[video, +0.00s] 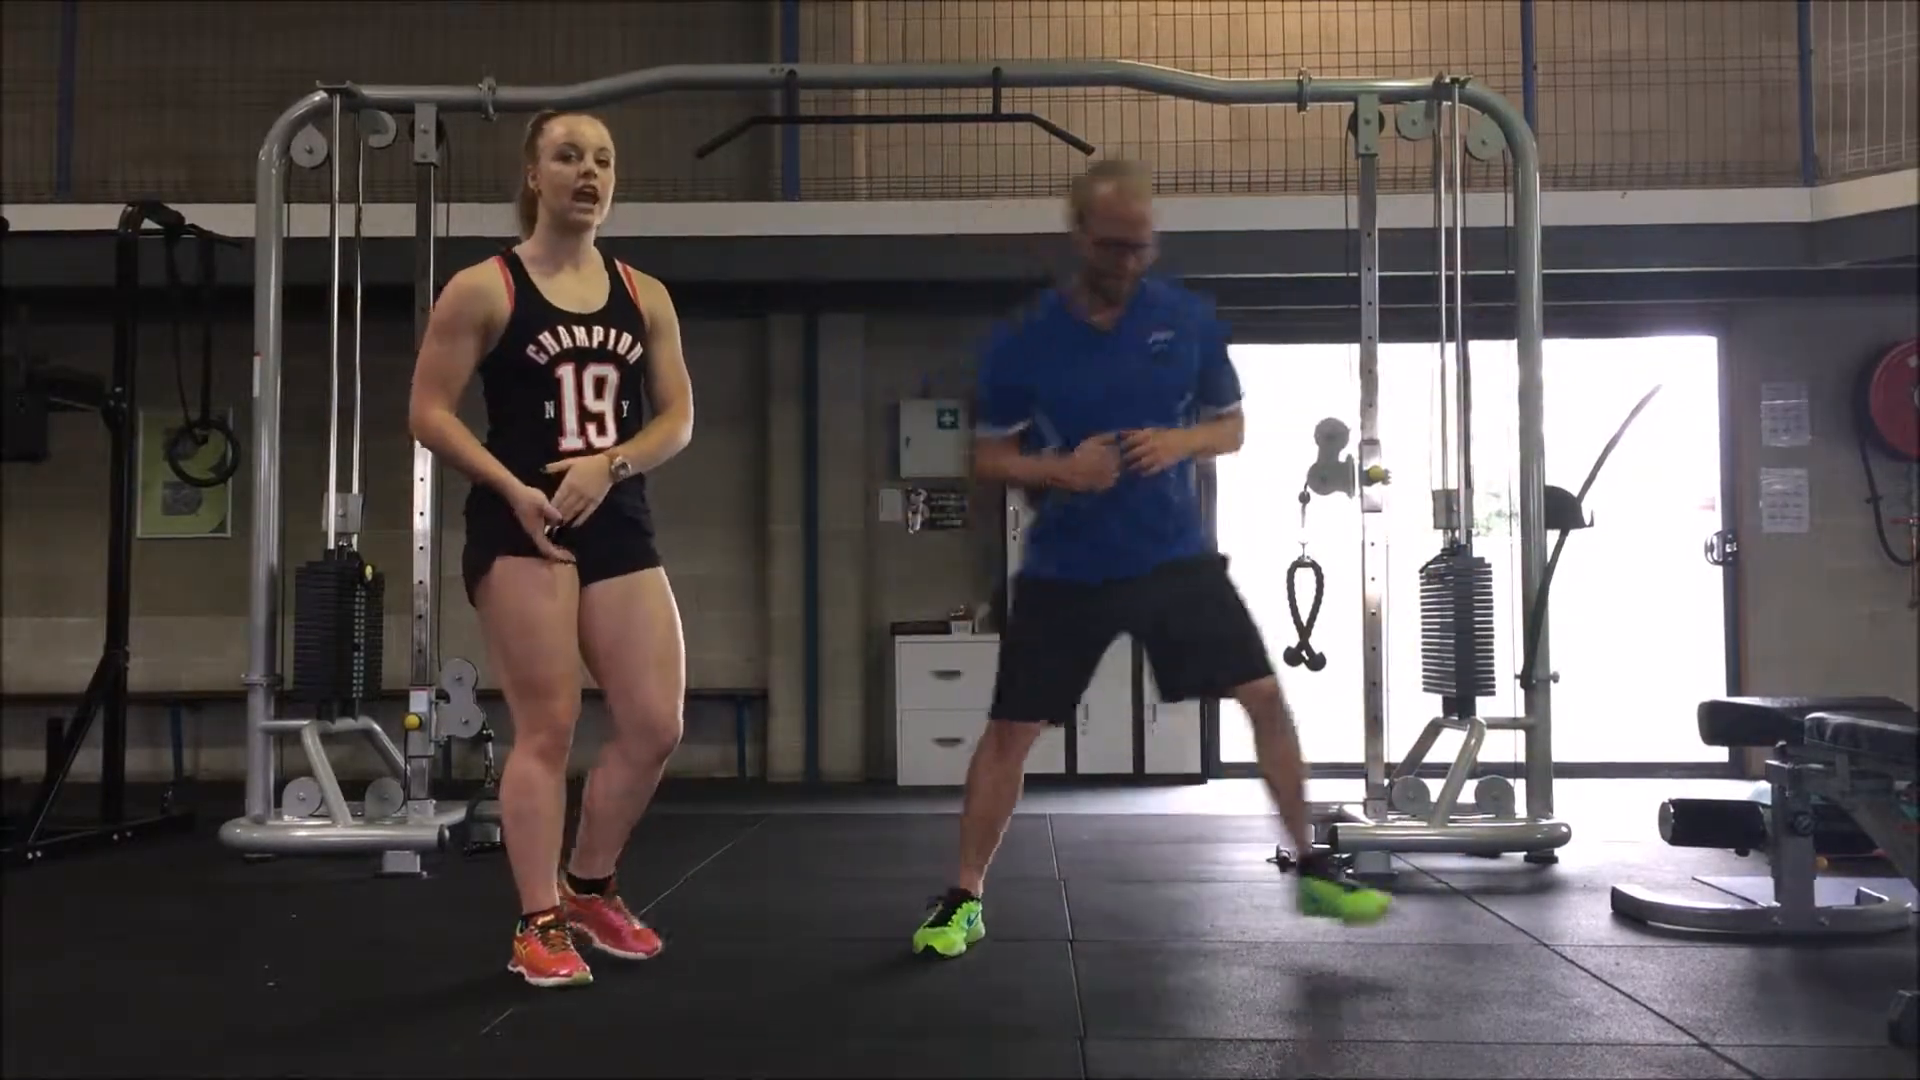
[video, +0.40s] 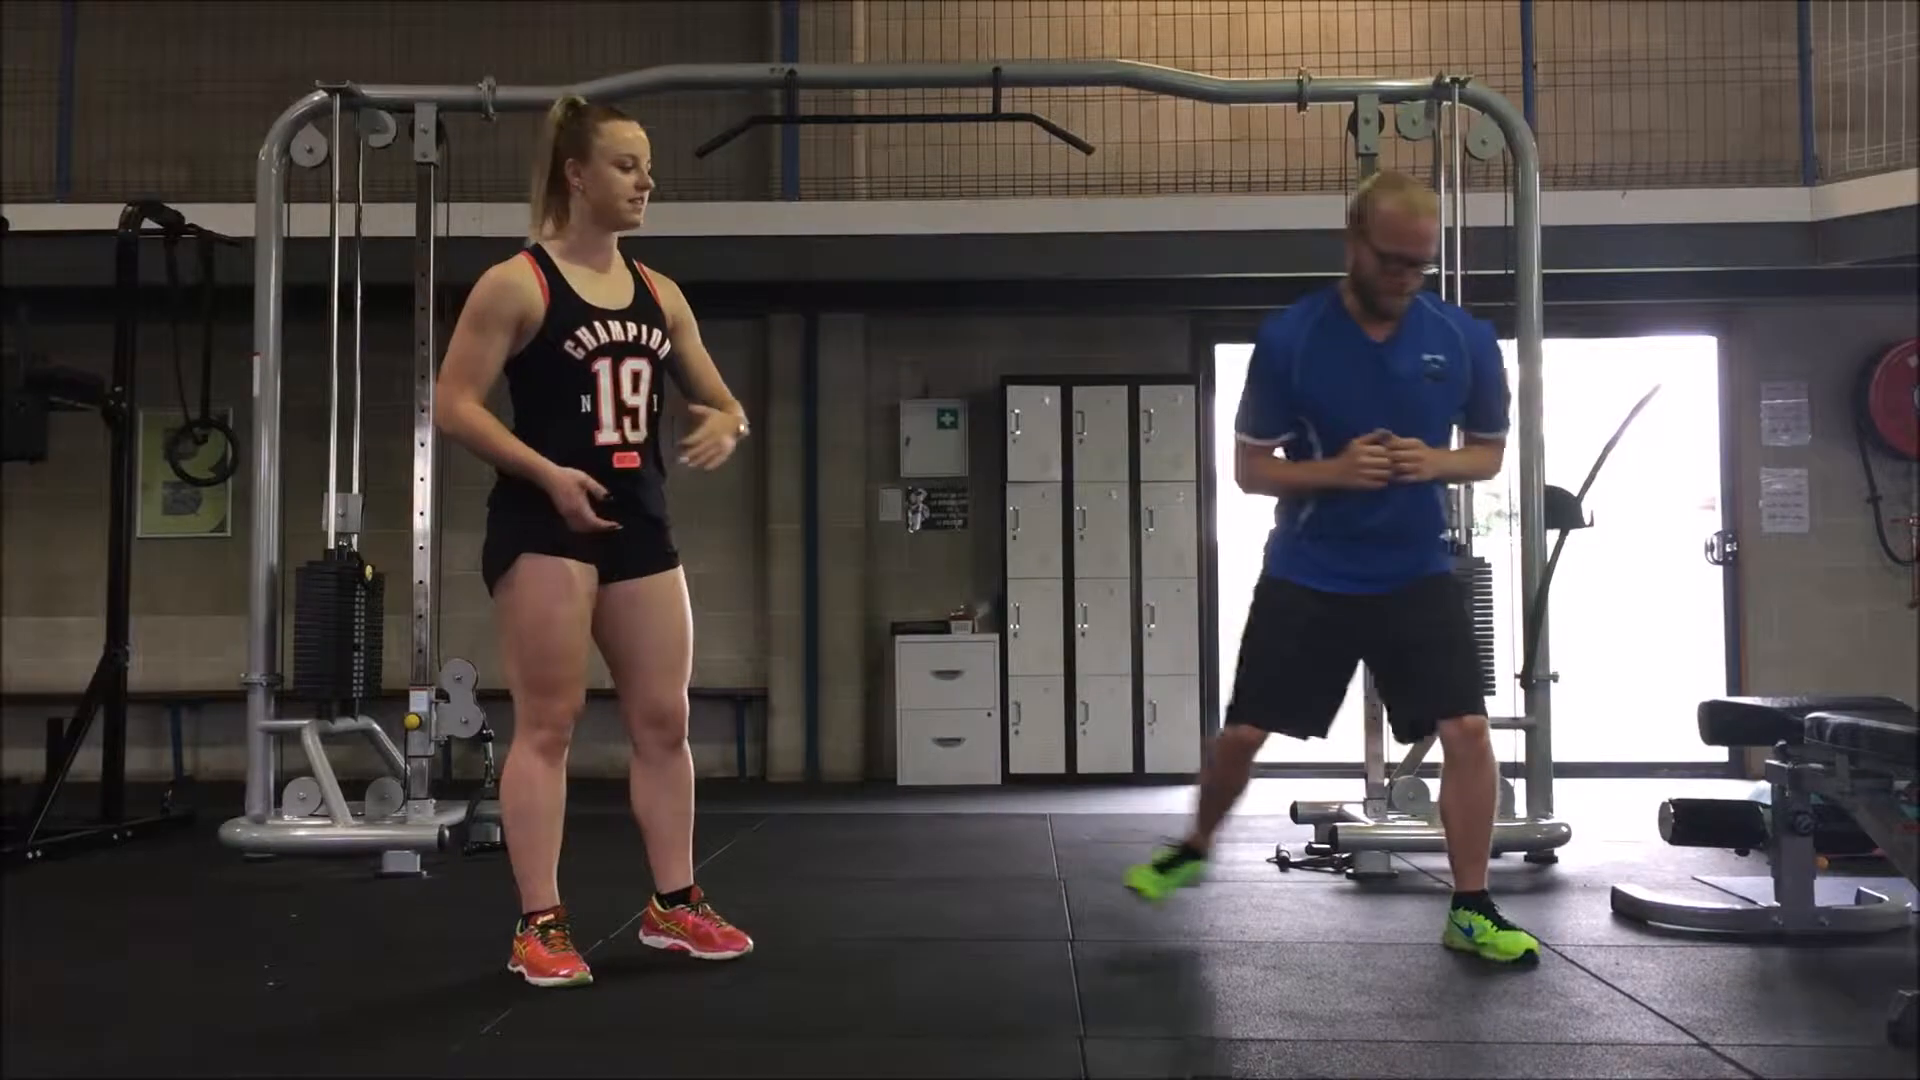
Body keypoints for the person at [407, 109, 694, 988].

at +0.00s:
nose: (588, 172)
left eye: (601, 161)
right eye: (569, 157)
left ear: (615, 185)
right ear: (531, 177)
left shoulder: (644, 296)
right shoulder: (483, 289)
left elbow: (677, 418)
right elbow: (428, 413)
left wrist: (610, 464)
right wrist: (512, 487)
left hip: (619, 526)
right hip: (521, 527)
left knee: (653, 722)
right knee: (544, 726)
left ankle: (587, 890)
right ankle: (539, 925)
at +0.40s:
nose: (644, 182)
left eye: (647, 169)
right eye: (627, 166)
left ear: (633, 183)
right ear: (574, 173)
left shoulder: (660, 293)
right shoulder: (514, 285)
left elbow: (717, 404)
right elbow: (453, 404)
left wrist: (727, 423)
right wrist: (545, 471)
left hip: (641, 530)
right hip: (546, 527)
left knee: (664, 723)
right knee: (546, 725)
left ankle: (674, 904)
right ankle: (540, 926)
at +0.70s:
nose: (664, 187)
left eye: (666, 174)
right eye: (647, 171)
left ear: (653, 188)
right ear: (596, 178)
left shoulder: (679, 297)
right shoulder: (539, 295)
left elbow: (719, 399)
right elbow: (487, 417)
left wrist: (753, 459)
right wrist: (576, 486)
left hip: (662, 532)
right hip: (567, 531)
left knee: (683, 726)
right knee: (554, 726)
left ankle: (674, 906)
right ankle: (540, 924)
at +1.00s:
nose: (656, 187)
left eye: (665, 176)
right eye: (637, 171)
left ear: (671, 194)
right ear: (590, 183)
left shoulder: (680, 299)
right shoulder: (552, 293)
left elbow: (719, 414)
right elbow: (503, 415)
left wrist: (751, 398)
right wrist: (609, 473)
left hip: (665, 533)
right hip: (575, 530)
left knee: (710, 716)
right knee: (553, 724)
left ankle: (679, 901)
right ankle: (538, 921)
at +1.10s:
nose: (644, 183)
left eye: (657, 174)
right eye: (627, 168)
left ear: (669, 196)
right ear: (587, 182)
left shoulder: (680, 298)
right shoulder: (552, 291)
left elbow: (727, 407)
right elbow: (504, 412)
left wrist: (782, 377)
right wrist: (612, 465)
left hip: (665, 532)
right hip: (577, 530)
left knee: (706, 714)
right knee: (555, 721)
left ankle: (678, 903)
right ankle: (538, 923)